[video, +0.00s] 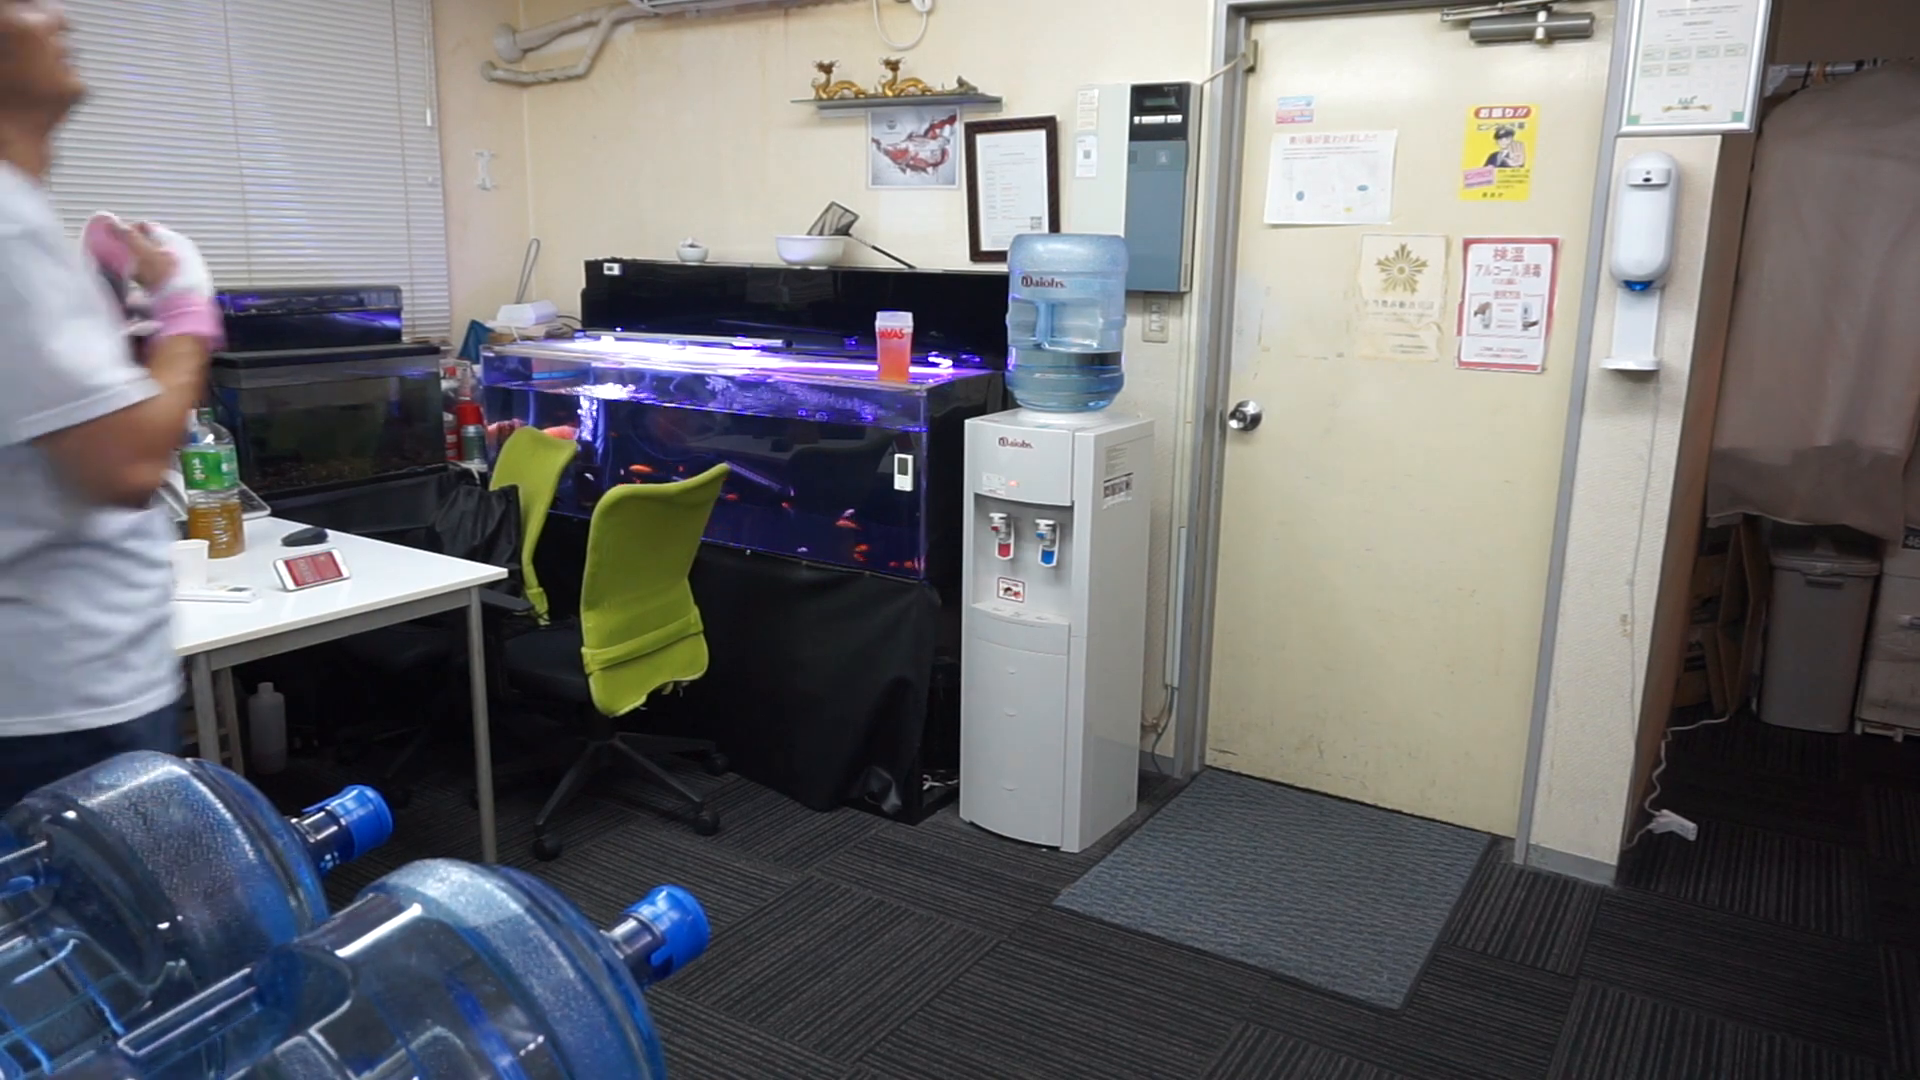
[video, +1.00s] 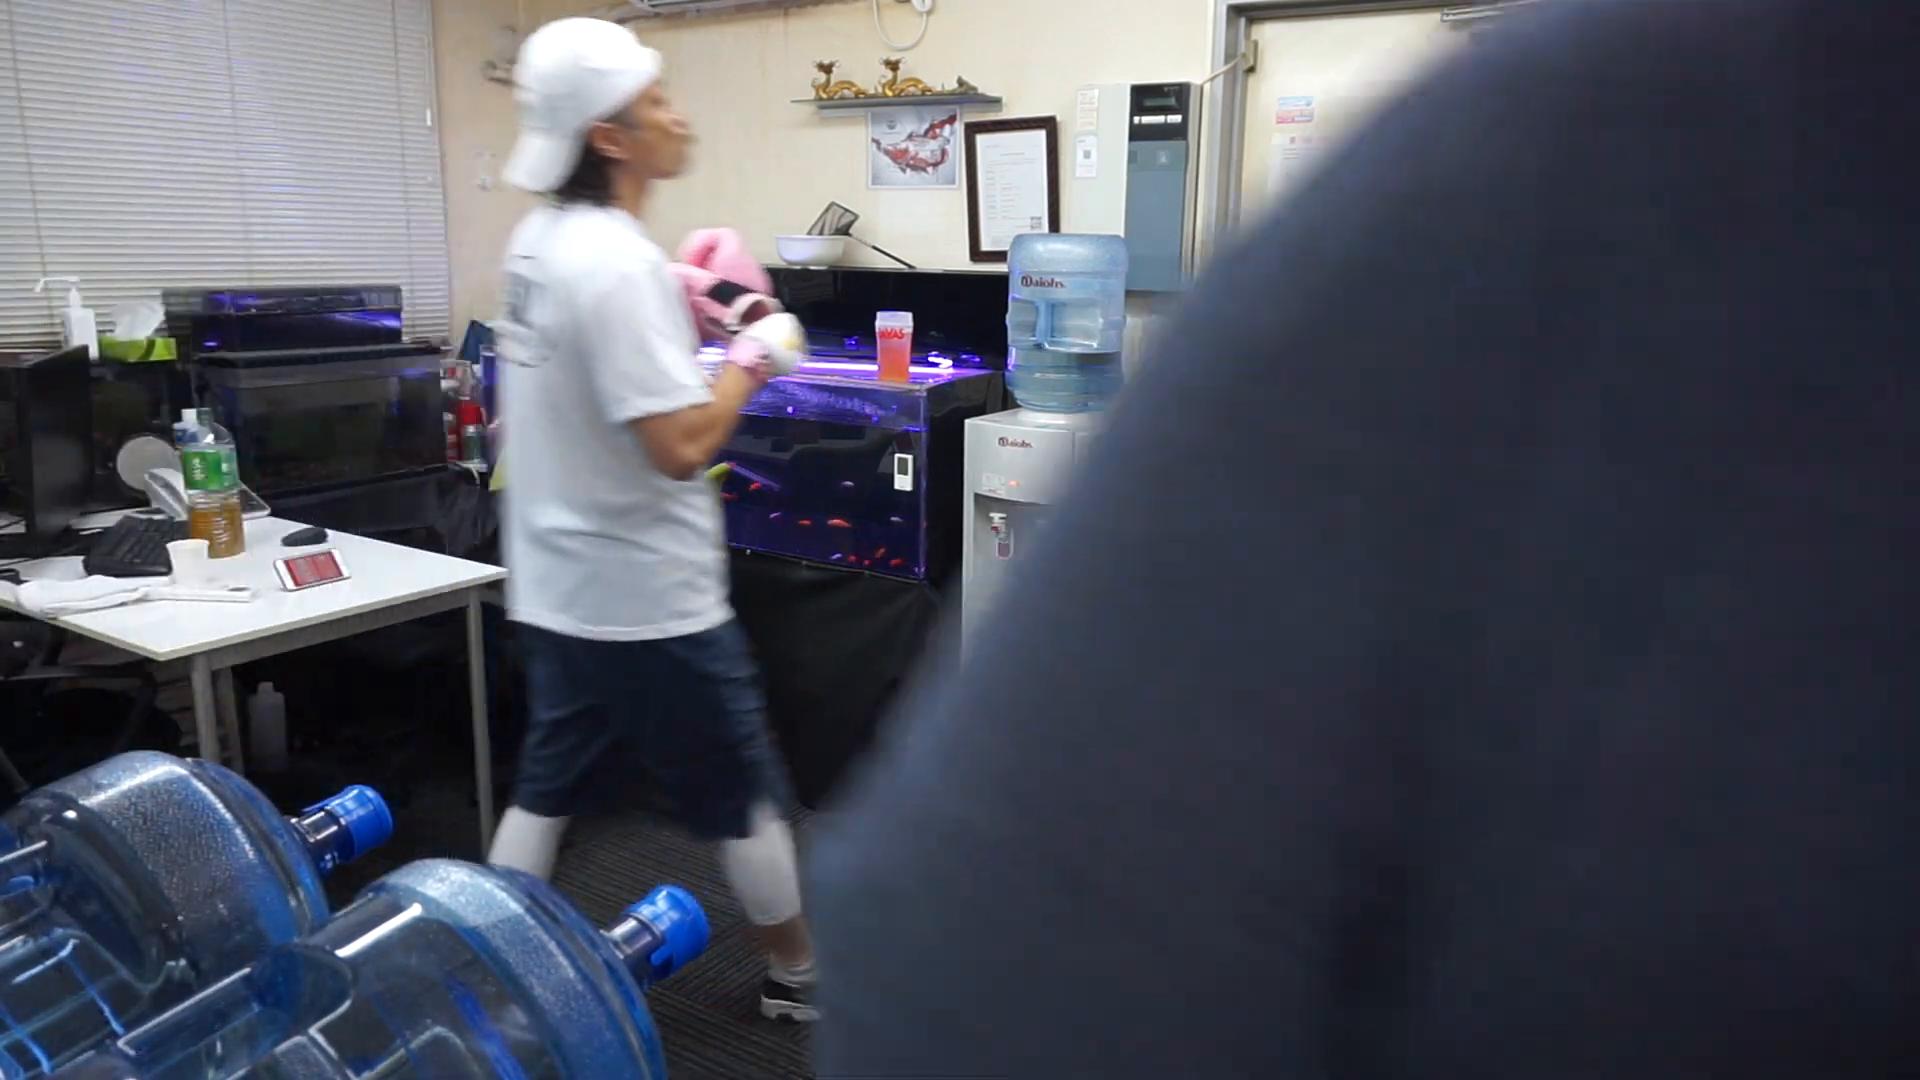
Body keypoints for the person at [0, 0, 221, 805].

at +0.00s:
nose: (61, 16)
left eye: (45, 6)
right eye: (30, 8)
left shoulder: (27, 217)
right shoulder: (17, 226)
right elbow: (124, 462)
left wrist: (120, 308)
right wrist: (188, 315)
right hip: (71, 699)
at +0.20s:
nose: (208, 35)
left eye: (189, 18)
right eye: (179, 22)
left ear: (123, 72)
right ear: (122, 70)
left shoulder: (56, 203)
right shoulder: (136, 222)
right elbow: (246, 453)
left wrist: (244, 329)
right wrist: (352, 370)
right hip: (192, 689)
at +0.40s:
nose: (339, 72)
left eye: (321, 52)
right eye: (312, 61)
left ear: (265, 111)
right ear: (268, 109)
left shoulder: (197, 235)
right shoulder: (275, 245)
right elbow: (367, 452)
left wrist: (365, 351)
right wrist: (450, 391)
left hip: (263, 668)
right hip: (332, 681)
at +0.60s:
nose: (457, 70)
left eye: (439, 52)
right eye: (430, 59)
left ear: (387, 108)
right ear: (385, 104)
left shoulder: (341, 227)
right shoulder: (389, 237)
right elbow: (467, 437)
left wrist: (507, 349)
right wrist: (550, 369)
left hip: (395, 609)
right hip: (454, 615)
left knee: (470, 826)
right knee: (553, 834)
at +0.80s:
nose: (568, 85)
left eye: (556, 69)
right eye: (546, 73)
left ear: (487, 115)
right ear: (495, 111)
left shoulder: (442, 223)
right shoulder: (493, 243)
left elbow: (492, 374)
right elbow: (580, 427)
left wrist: (596, 306)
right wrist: (668, 344)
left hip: (471, 575)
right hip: (535, 583)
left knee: (487, 797)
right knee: (667, 784)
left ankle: (467, 984)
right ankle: (681, 1000)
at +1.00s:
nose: (678, 116)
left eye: (666, 95)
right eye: (658, 103)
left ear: (602, 142)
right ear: (610, 142)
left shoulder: (541, 237)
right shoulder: (618, 260)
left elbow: (578, 387)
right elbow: (680, 445)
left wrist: (677, 316)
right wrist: (754, 361)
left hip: (554, 589)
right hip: (652, 601)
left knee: (544, 785)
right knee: (744, 787)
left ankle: (486, 969)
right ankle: (794, 976)